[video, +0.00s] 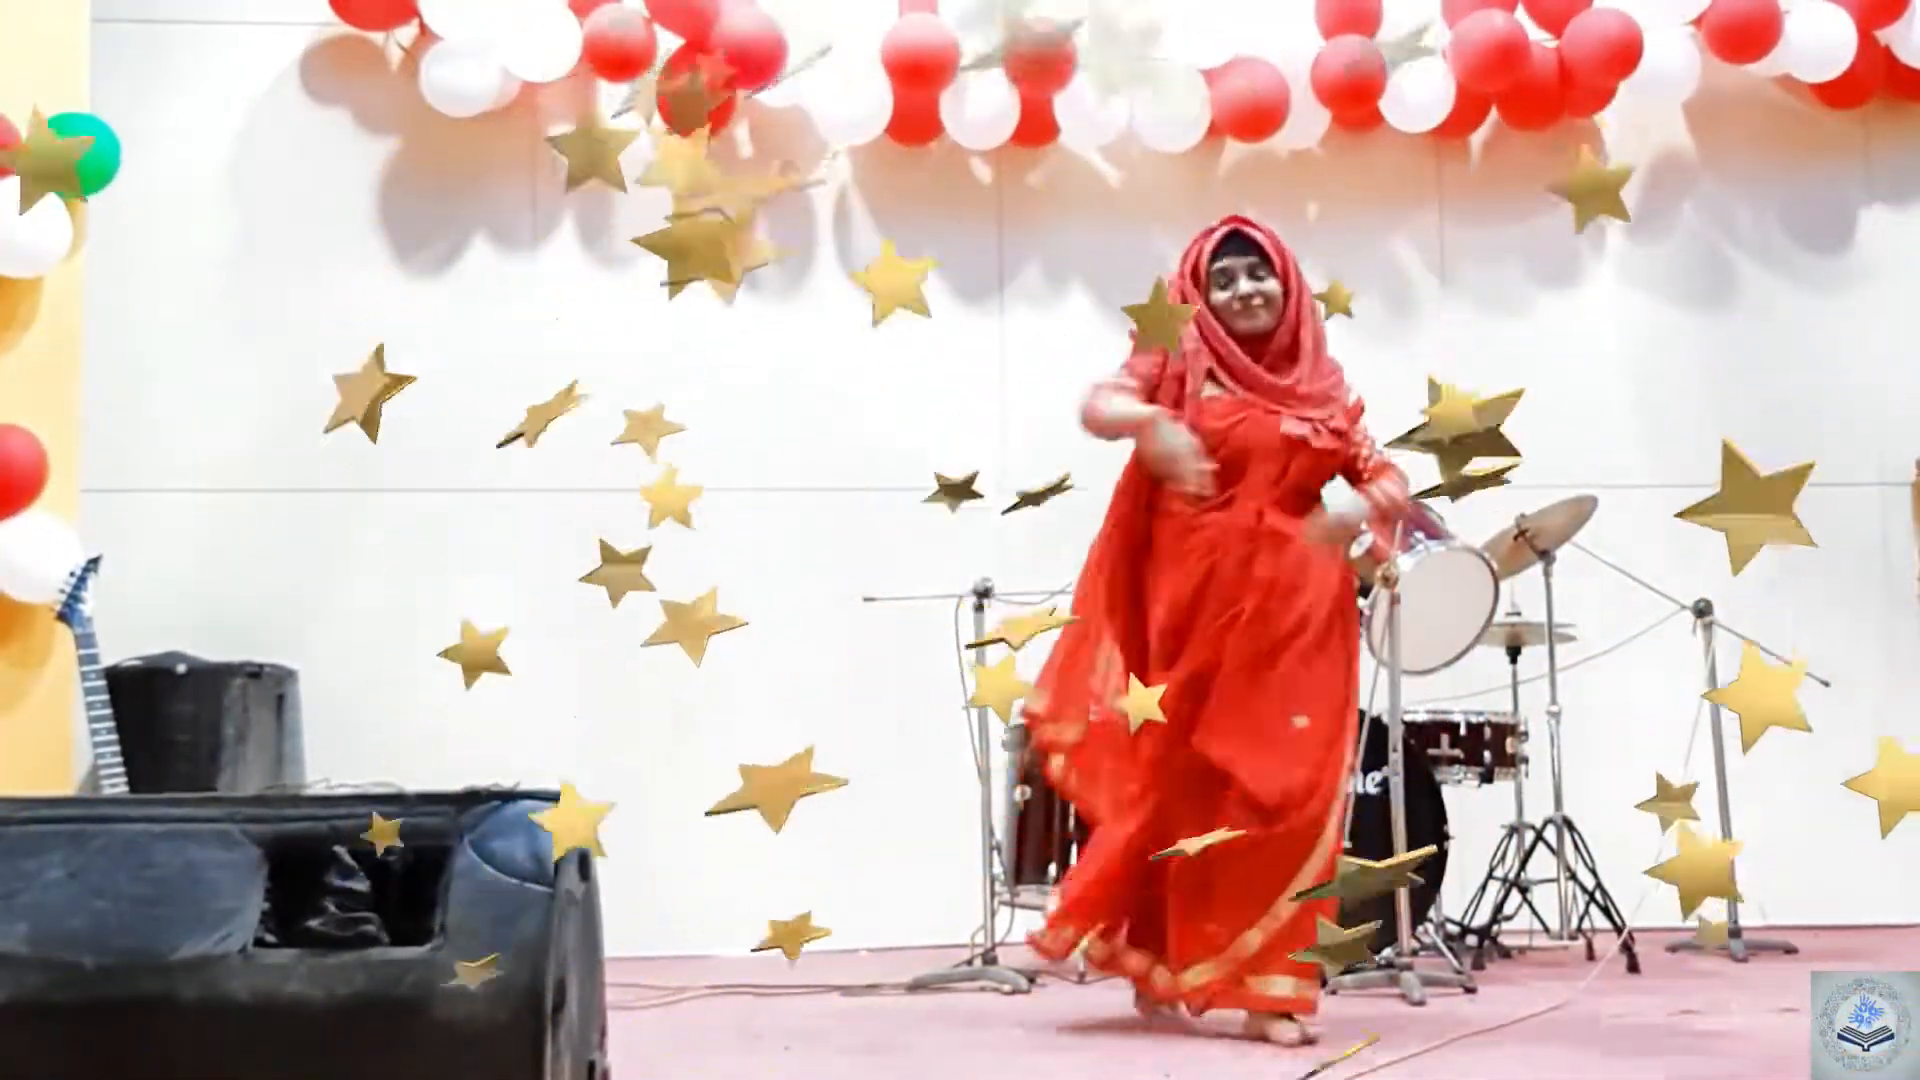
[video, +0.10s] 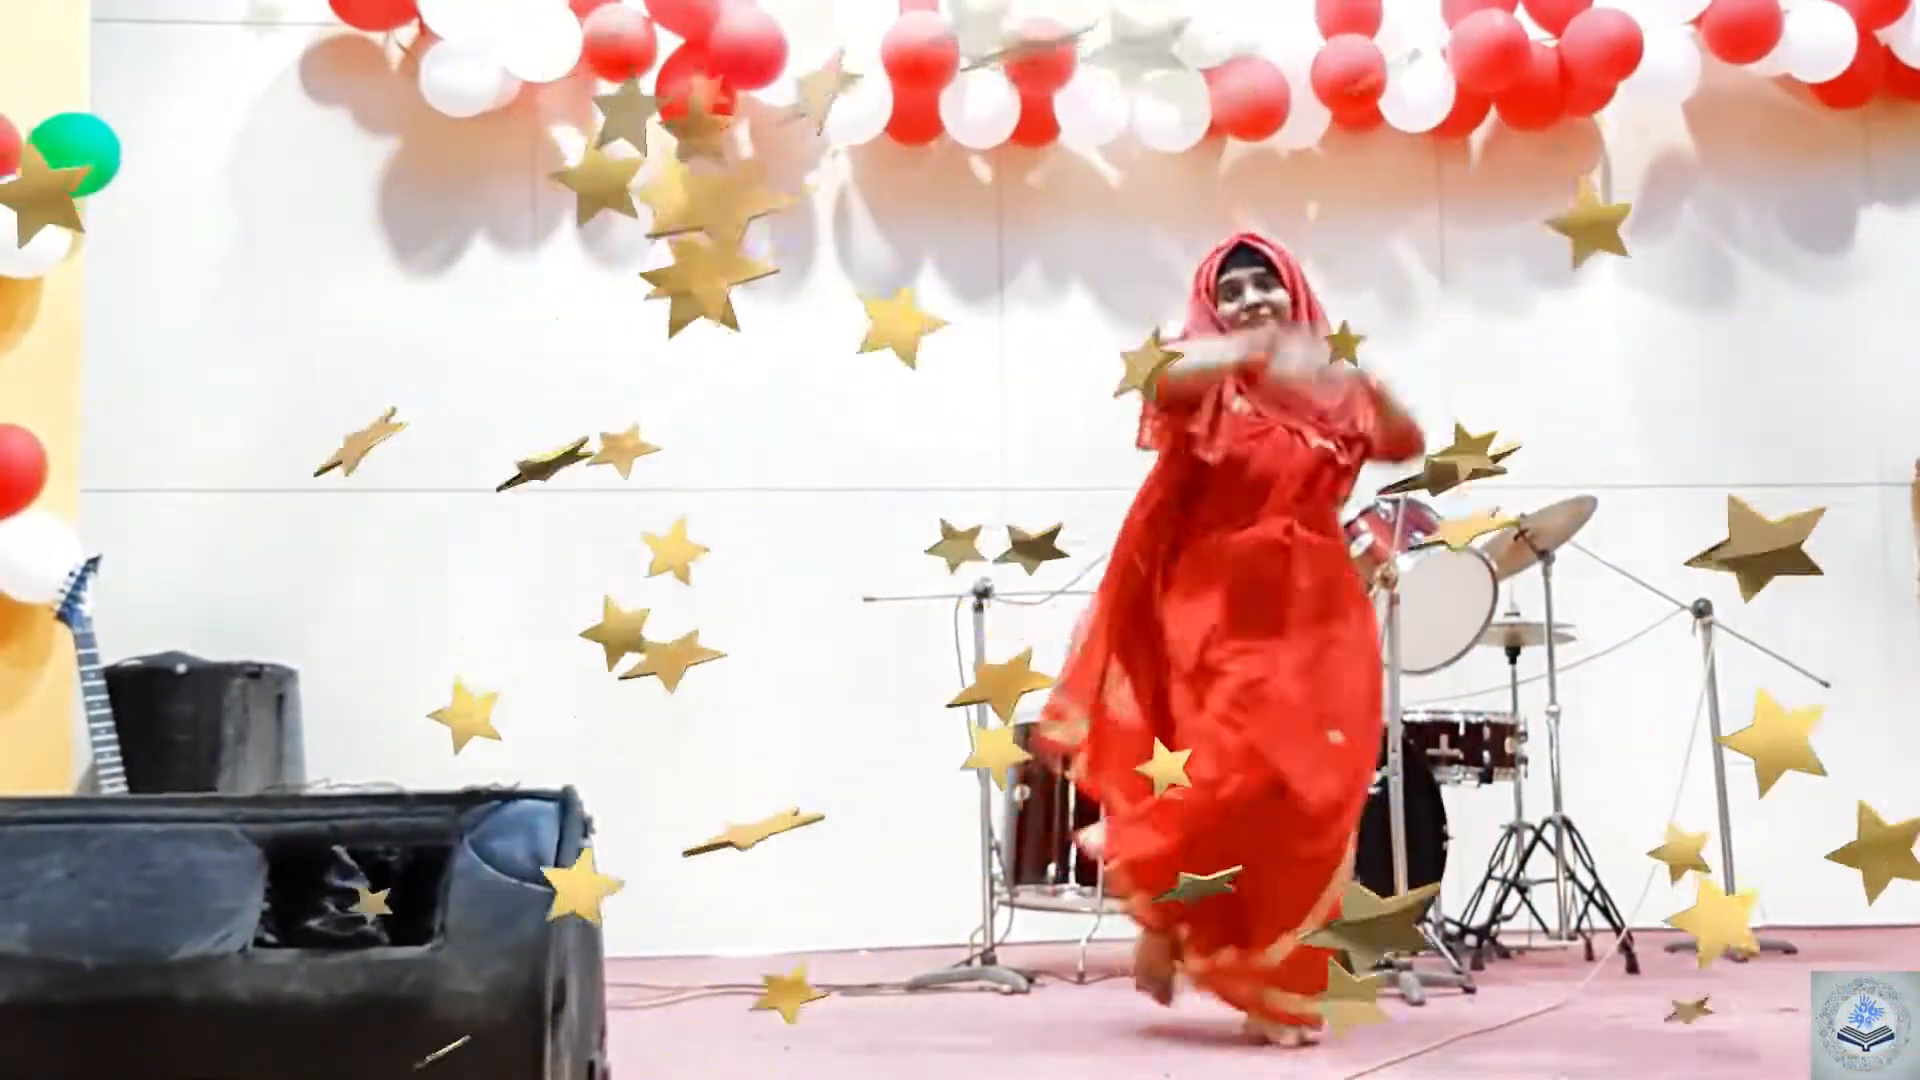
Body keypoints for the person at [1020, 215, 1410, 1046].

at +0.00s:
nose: (1245, 288)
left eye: (1257, 273)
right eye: (1226, 279)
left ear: (1286, 284)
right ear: (1201, 297)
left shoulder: (1321, 388)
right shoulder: (1177, 365)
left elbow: (1385, 476)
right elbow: (1100, 404)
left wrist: (1369, 498)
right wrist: (1153, 424)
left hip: (1294, 613)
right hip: (1191, 609)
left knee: (1290, 796)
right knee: (1183, 786)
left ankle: (1277, 994)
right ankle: (1157, 965)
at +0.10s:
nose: (1253, 301)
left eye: (1264, 285)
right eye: (1234, 293)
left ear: (1295, 294)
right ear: (1210, 310)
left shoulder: (1333, 388)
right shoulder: (1200, 377)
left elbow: (1405, 441)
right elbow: (1169, 377)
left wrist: (1369, 382)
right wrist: (1246, 351)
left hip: (1315, 602)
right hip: (1213, 602)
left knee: (1318, 793)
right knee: (1244, 773)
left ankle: (1277, 991)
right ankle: (1162, 905)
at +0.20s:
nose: (1258, 284)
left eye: (1270, 270)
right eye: (1243, 277)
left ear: (1303, 288)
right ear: (1227, 305)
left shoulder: (1342, 383)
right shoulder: (1212, 377)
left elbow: (1416, 358)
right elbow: (1185, 305)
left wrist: (1406, 270)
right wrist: (1237, 227)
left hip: (1322, 603)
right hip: (1224, 601)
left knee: (1351, 759)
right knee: (1288, 751)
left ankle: (1280, 963)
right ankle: (1238, 942)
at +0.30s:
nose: (1257, 260)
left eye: (1269, 246)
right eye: (1240, 257)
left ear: (1311, 262)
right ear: (1225, 284)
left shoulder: (1366, 352)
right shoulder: (1227, 344)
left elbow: (1444, 319)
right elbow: (1174, 276)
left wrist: (1458, 219)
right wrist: (1181, 167)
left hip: (1347, 593)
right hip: (1251, 594)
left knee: (1408, 740)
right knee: (1335, 763)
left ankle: (1291, 941)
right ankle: (1290, 977)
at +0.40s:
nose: (1262, 265)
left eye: (1274, 251)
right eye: (1241, 264)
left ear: (1314, 267)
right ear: (1225, 298)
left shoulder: (1391, 352)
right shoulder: (1238, 357)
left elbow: (1482, 338)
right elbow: (1172, 329)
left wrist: (1502, 238)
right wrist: (1134, 244)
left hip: (1397, 582)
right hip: (1290, 584)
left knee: (1390, 779)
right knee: (1348, 783)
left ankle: (1285, 972)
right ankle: (1394, 1012)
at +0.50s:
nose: (1276, 311)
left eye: (1288, 295)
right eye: (1255, 309)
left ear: (1326, 310)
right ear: (1235, 343)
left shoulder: (1402, 397)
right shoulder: (1252, 407)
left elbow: (1498, 392)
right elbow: (1185, 384)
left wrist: (1521, 309)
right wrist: (1121, 313)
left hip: (1419, 606)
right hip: (1310, 607)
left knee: (1401, 801)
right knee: (1373, 798)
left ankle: (1290, 960)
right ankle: (1391, 1026)